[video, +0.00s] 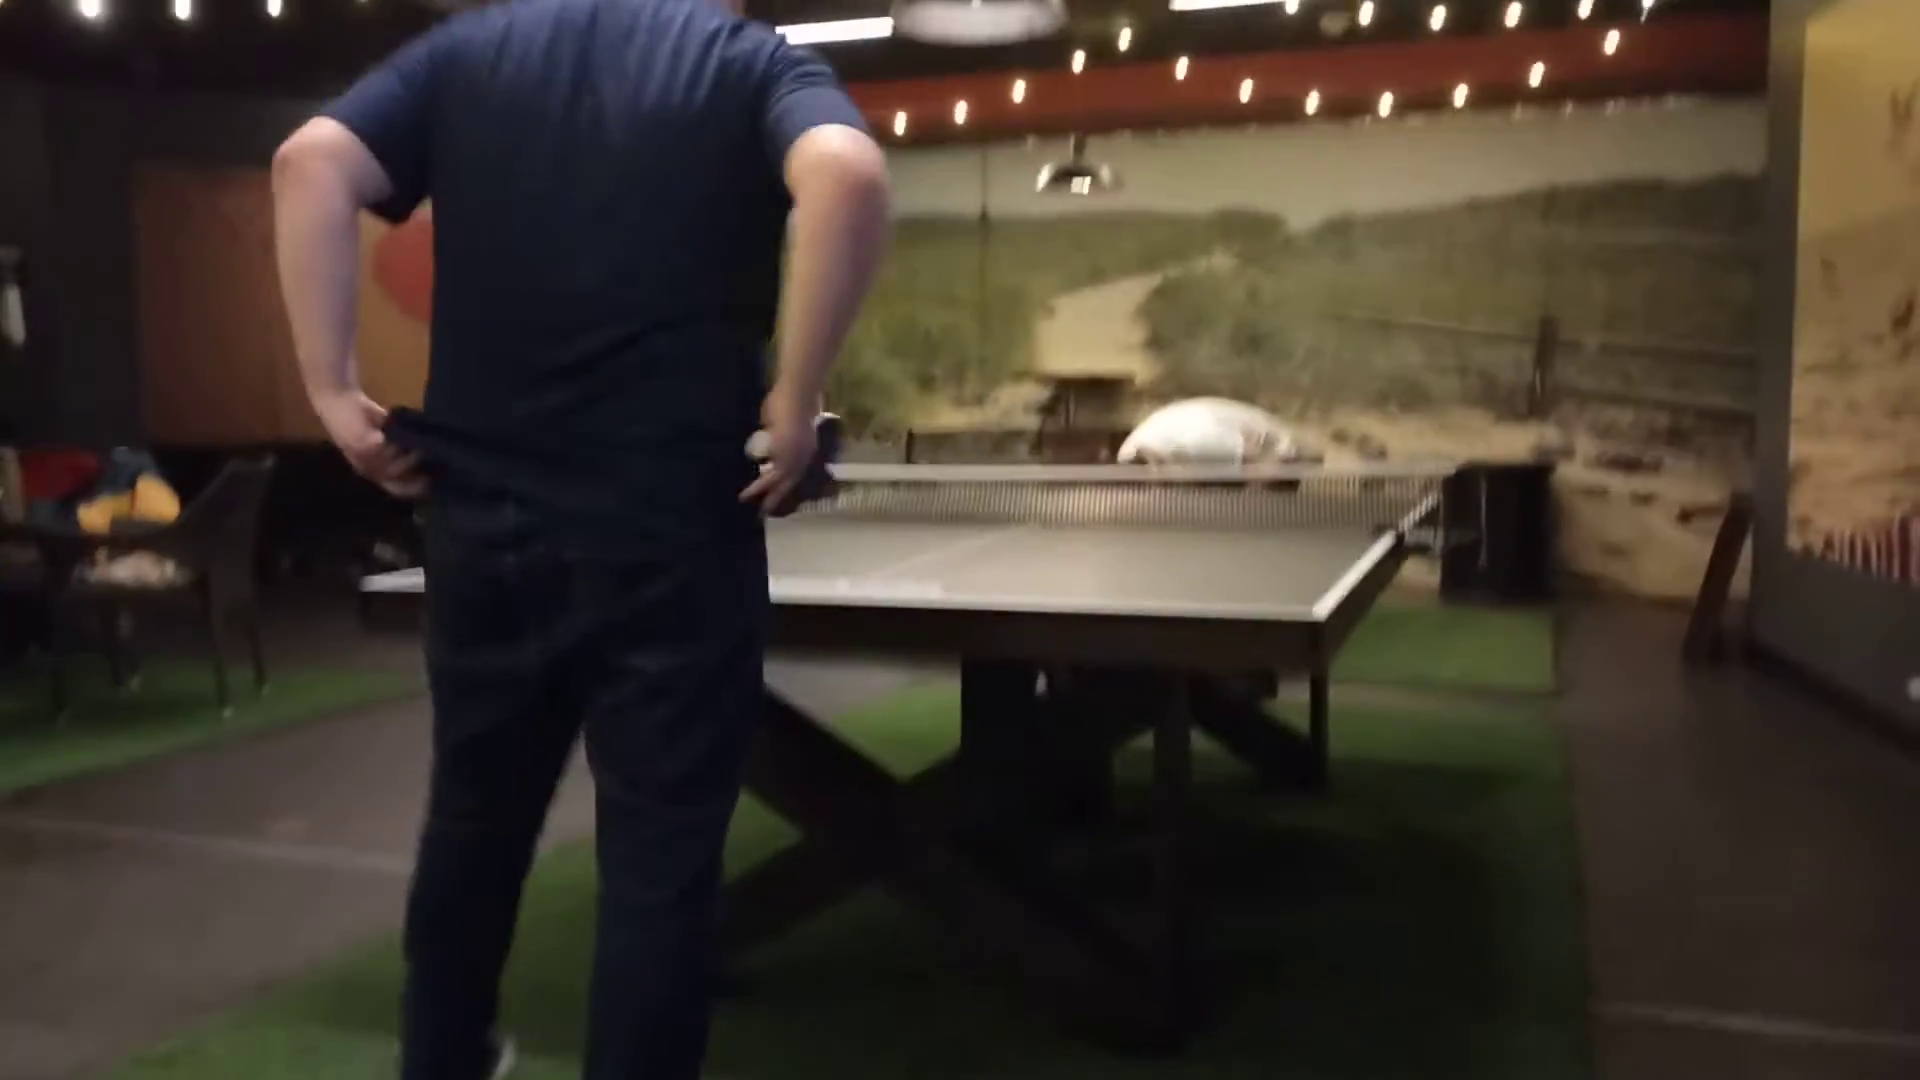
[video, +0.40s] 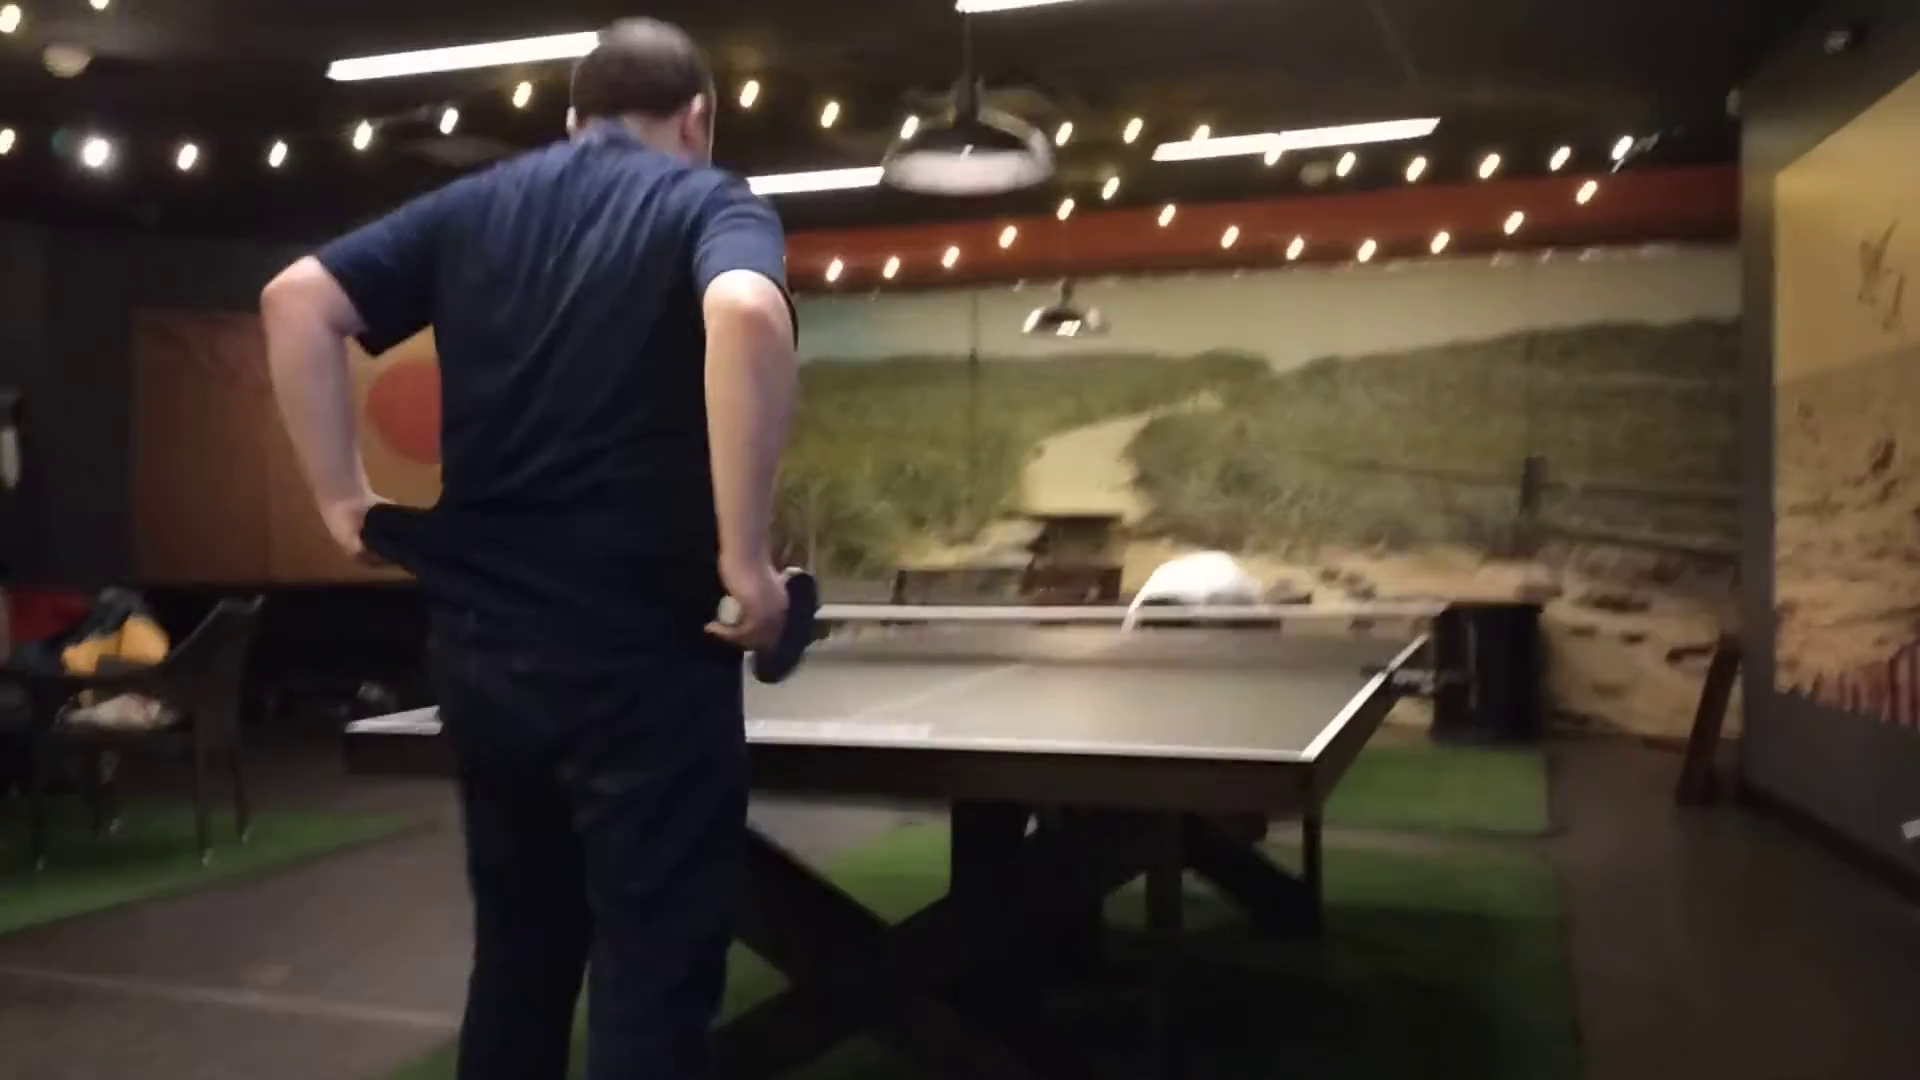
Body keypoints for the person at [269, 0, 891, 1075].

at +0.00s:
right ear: (728, 1)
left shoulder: (472, 45)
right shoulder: (756, 55)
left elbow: (314, 161)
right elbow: (846, 172)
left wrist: (334, 386)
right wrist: (797, 400)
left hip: (488, 533)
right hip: (678, 539)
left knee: (471, 831)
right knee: (659, 870)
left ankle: (443, 1061)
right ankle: (637, 1065)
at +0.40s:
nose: (711, 148)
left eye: (705, 134)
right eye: (711, 131)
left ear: (574, 120)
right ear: (695, 118)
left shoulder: (476, 202)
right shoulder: (712, 201)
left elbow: (300, 299)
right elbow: (747, 313)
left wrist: (344, 499)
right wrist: (746, 560)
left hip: (485, 640)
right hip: (646, 652)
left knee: (520, 951)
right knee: (659, 973)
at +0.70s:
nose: (675, 161)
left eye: (673, 146)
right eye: (677, 143)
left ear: (550, 134)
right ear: (660, 133)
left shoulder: (450, 252)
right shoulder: (658, 231)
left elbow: (378, 447)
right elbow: (711, 428)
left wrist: (377, 635)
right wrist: (821, 553)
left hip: (446, 665)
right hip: (603, 665)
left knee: (494, 949)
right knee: (716, 922)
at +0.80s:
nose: (674, 160)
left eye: (667, 143)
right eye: (675, 141)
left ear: (544, 137)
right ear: (658, 133)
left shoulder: (457, 249)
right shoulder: (673, 235)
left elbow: (428, 435)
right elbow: (737, 459)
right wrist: (823, 532)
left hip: (444, 656)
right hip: (604, 655)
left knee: (493, 954)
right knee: (708, 932)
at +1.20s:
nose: (774, 169)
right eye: (776, 152)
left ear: (636, 150)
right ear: (761, 148)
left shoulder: (541, 238)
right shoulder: (792, 268)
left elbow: (451, 449)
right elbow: (889, 497)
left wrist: (534, 573)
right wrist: (810, 602)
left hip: (490, 672)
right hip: (672, 682)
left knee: (469, 973)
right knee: (679, 989)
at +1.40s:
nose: (760, 175)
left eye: (759, 161)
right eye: (762, 157)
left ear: (625, 142)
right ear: (750, 149)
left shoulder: (517, 242)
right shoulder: (777, 261)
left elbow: (425, 461)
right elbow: (895, 480)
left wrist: (373, 651)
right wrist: (827, 641)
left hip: (461, 679)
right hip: (651, 690)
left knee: (390, 961)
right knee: (665, 1000)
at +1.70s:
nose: (620, 164)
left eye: (618, 149)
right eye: (620, 147)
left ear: (479, 141)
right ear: (599, 142)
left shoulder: (363, 250)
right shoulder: (629, 265)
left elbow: (290, 476)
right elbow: (718, 475)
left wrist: (313, 620)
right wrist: (676, 642)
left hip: (342, 691)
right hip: (537, 706)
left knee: (290, 1004)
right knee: (612, 1006)